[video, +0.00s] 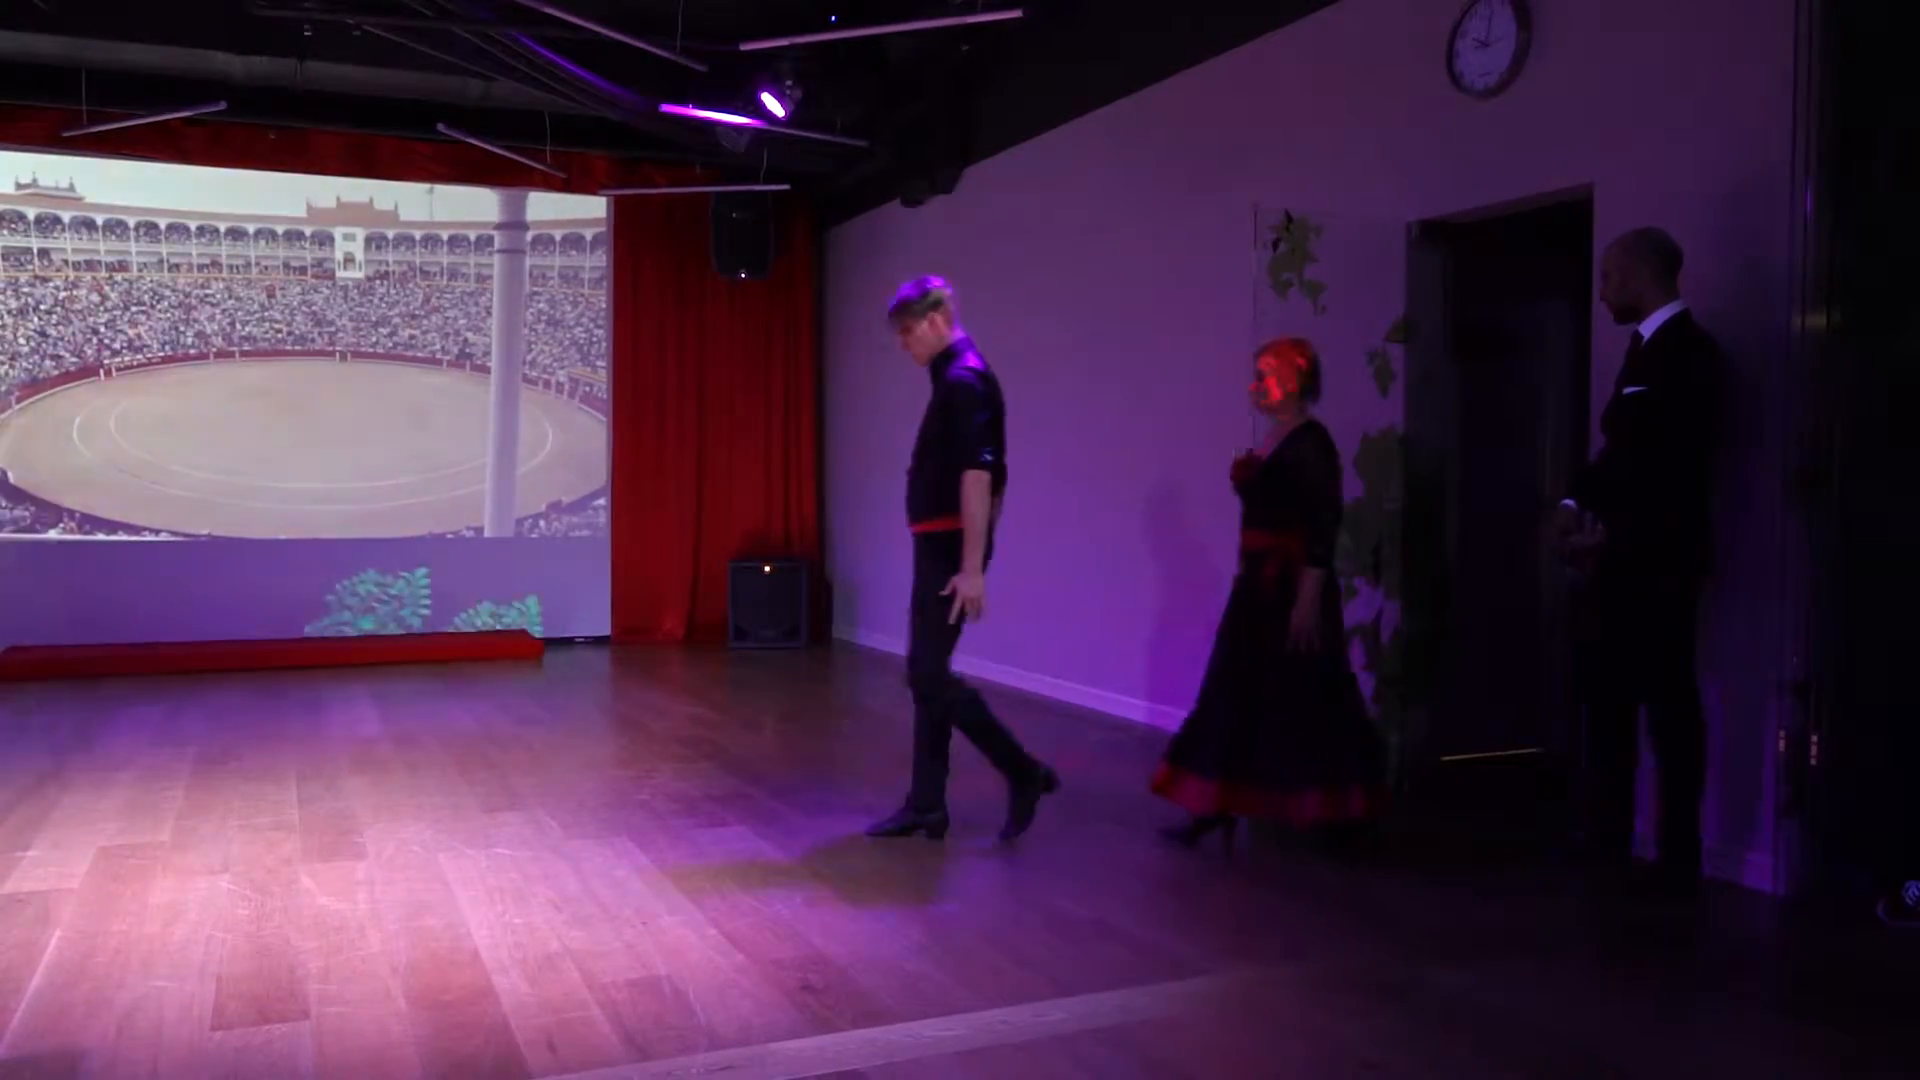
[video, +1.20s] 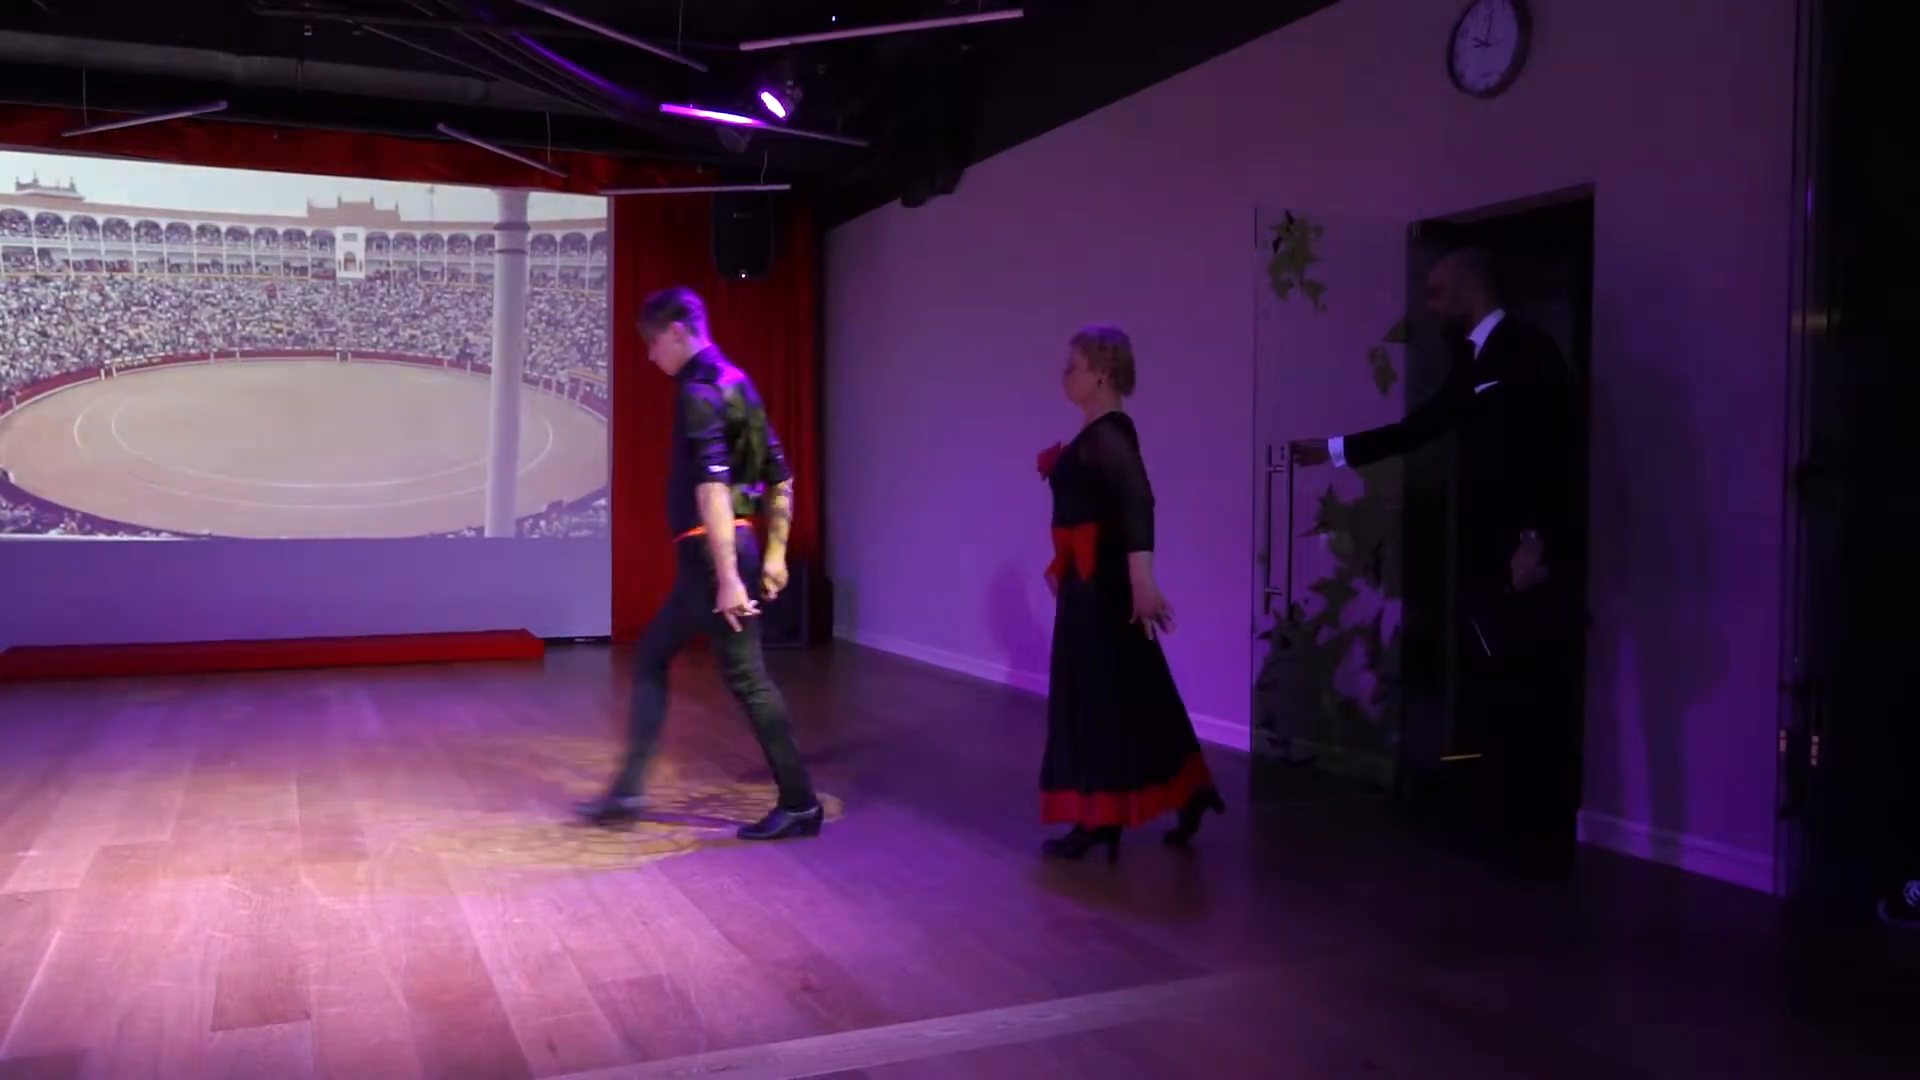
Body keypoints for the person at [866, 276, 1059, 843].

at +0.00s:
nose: (904, 343)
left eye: (909, 330)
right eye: (900, 333)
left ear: (940, 320)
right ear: (937, 324)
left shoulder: (964, 381)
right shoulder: (956, 375)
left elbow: (978, 479)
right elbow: (964, 474)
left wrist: (973, 570)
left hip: (949, 546)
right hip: (936, 541)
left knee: (930, 674)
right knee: (928, 676)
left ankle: (1025, 773)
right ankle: (925, 805)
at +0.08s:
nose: (891, 344)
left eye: (894, 331)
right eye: (887, 333)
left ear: (921, 321)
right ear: (917, 323)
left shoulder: (948, 380)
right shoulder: (944, 374)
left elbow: (963, 476)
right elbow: (960, 475)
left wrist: (956, 566)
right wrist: (935, 558)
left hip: (931, 549)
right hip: (924, 545)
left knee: (900, 670)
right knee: (913, 672)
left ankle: (969, 781)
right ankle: (925, 799)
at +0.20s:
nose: (866, 344)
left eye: (870, 331)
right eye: (863, 333)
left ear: (896, 321)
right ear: (901, 322)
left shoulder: (924, 380)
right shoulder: (928, 373)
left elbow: (942, 473)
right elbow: (949, 474)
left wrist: (933, 565)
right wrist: (922, 554)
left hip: (904, 549)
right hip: (919, 546)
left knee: (851, 658)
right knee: (916, 671)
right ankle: (926, 804)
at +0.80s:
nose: (748, 339)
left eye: (751, 326)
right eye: (745, 328)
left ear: (779, 315)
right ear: (781, 316)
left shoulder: (807, 370)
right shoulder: (816, 365)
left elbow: (827, 463)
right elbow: (849, 465)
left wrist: (821, 554)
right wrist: (835, 540)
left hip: (802, 537)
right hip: (819, 532)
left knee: (802, 671)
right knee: (851, 663)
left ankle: (801, 803)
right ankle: (907, 783)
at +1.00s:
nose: (705, 345)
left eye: (708, 332)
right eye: (702, 334)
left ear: (735, 321)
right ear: (740, 321)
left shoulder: (763, 375)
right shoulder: (777, 368)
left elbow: (780, 470)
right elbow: (818, 468)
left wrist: (780, 562)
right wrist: (815, 545)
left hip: (763, 541)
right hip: (773, 536)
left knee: (772, 671)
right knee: (762, 667)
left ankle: (800, 804)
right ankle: (850, 760)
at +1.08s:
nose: (686, 350)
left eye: (688, 336)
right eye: (683, 338)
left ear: (716, 326)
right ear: (725, 326)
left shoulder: (740, 381)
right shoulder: (768, 376)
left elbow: (753, 472)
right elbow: (803, 471)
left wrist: (762, 567)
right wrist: (801, 544)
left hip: (746, 545)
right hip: (762, 540)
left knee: (761, 668)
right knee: (714, 661)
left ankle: (798, 802)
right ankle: (784, 784)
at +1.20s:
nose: (652, 355)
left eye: (654, 342)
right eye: (650, 344)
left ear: (682, 331)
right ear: (688, 332)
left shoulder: (699, 391)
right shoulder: (737, 384)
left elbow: (714, 487)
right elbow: (779, 479)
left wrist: (728, 577)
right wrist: (775, 553)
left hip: (713, 555)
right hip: (727, 550)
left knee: (749, 680)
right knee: (653, 654)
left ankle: (800, 802)